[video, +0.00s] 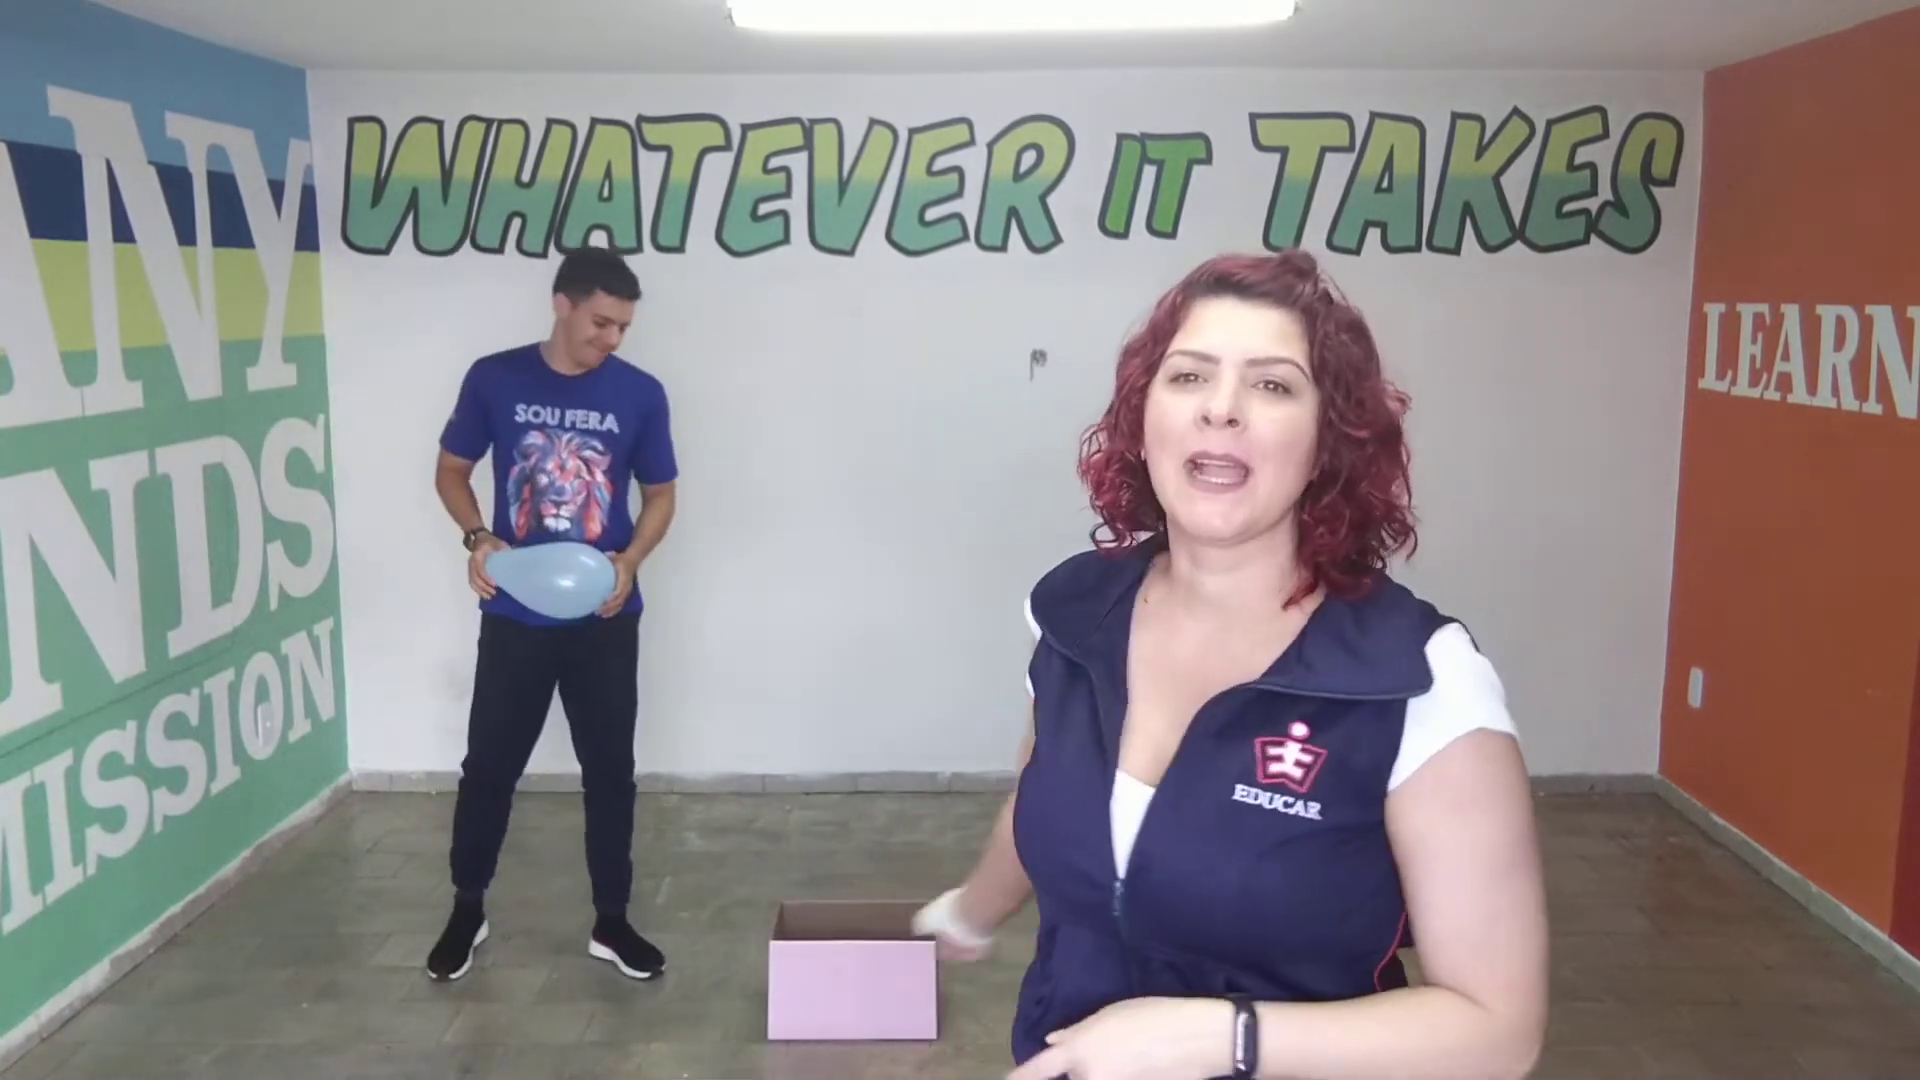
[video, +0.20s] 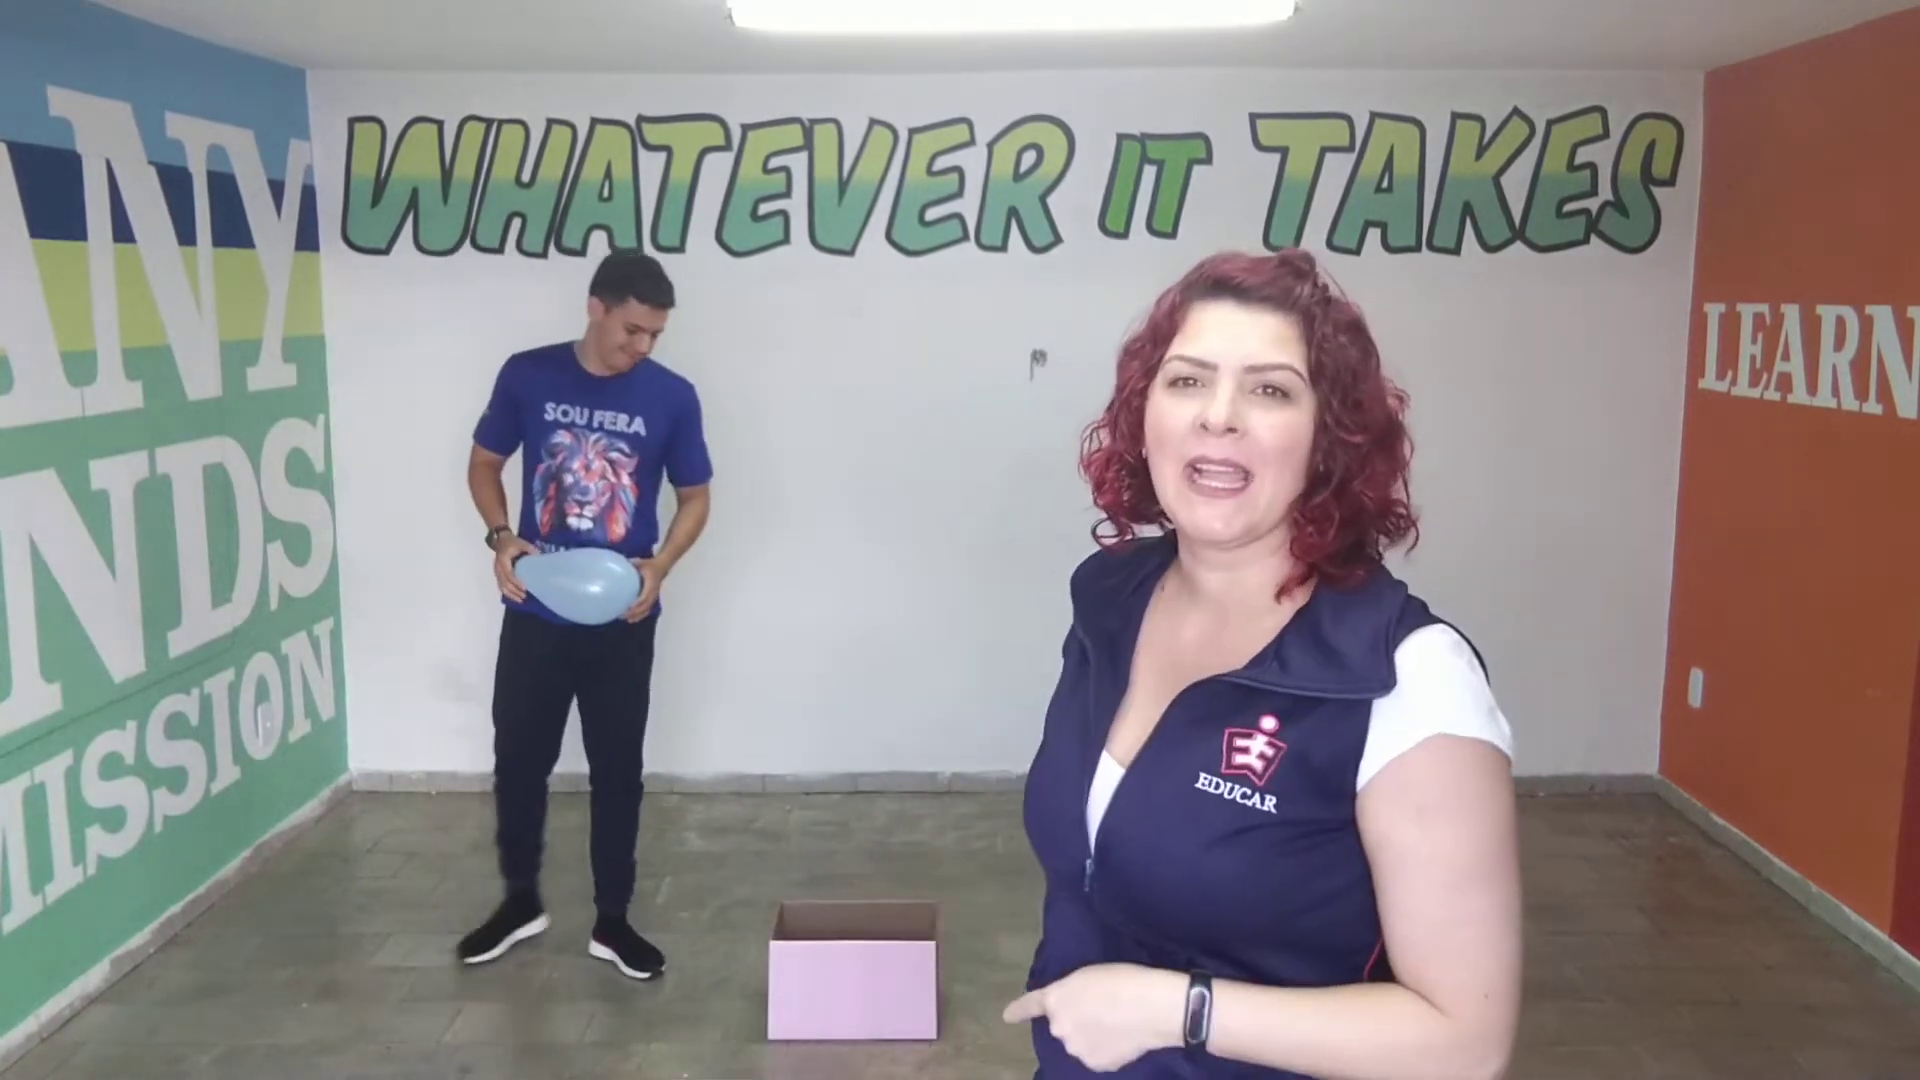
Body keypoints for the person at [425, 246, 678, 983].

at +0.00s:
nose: (611, 341)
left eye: (621, 328)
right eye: (601, 325)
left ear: (626, 322)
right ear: (561, 307)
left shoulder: (640, 395)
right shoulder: (495, 379)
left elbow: (661, 497)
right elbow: (451, 472)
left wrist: (630, 559)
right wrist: (478, 533)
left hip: (605, 617)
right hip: (516, 614)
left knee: (611, 770)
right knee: (489, 766)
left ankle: (612, 920)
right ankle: (467, 909)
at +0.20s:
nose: (642, 347)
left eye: (653, 334)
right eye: (633, 330)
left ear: (660, 328)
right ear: (595, 310)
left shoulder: (671, 397)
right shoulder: (529, 375)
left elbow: (696, 499)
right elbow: (484, 464)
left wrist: (660, 565)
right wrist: (501, 533)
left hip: (623, 615)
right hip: (536, 609)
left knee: (618, 770)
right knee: (519, 758)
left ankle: (612, 922)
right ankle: (521, 900)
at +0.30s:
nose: (652, 345)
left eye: (662, 334)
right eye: (643, 329)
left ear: (668, 327)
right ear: (606, 307)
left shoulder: (679, 399)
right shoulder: (538, 374)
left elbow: (705, 500)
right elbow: (496, 462)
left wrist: (673, 560)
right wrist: (511, 533)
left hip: (628, 615)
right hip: (543, 608)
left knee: (622, 765)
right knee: (533, 751)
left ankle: (612, 917)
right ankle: (583, 863)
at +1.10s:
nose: (631, 335)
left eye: (640, 322)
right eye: (618, 323)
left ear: (650, 313)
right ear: (586, 317)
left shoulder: (684, 378)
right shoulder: (555, 390)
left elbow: (723, 468)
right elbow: (538, 477)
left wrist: (694, 530)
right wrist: (555, 534)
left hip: (674, 582)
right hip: (601, 586)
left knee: (675, 729)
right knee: (625, 728)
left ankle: (685, 884)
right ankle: (646, 851)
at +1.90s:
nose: (696, 312)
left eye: (705, 301)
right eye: (683, 301)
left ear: (714, 305)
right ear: (657, 305)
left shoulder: (734, 373)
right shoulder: (626, 382)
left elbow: (751, 456)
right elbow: (598, 478)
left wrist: (771, 522)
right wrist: (664, 525)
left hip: (732, 575)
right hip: (665, 579)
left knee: (733, 704)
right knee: (656, 717)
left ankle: (742, 819)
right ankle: (648, 852)